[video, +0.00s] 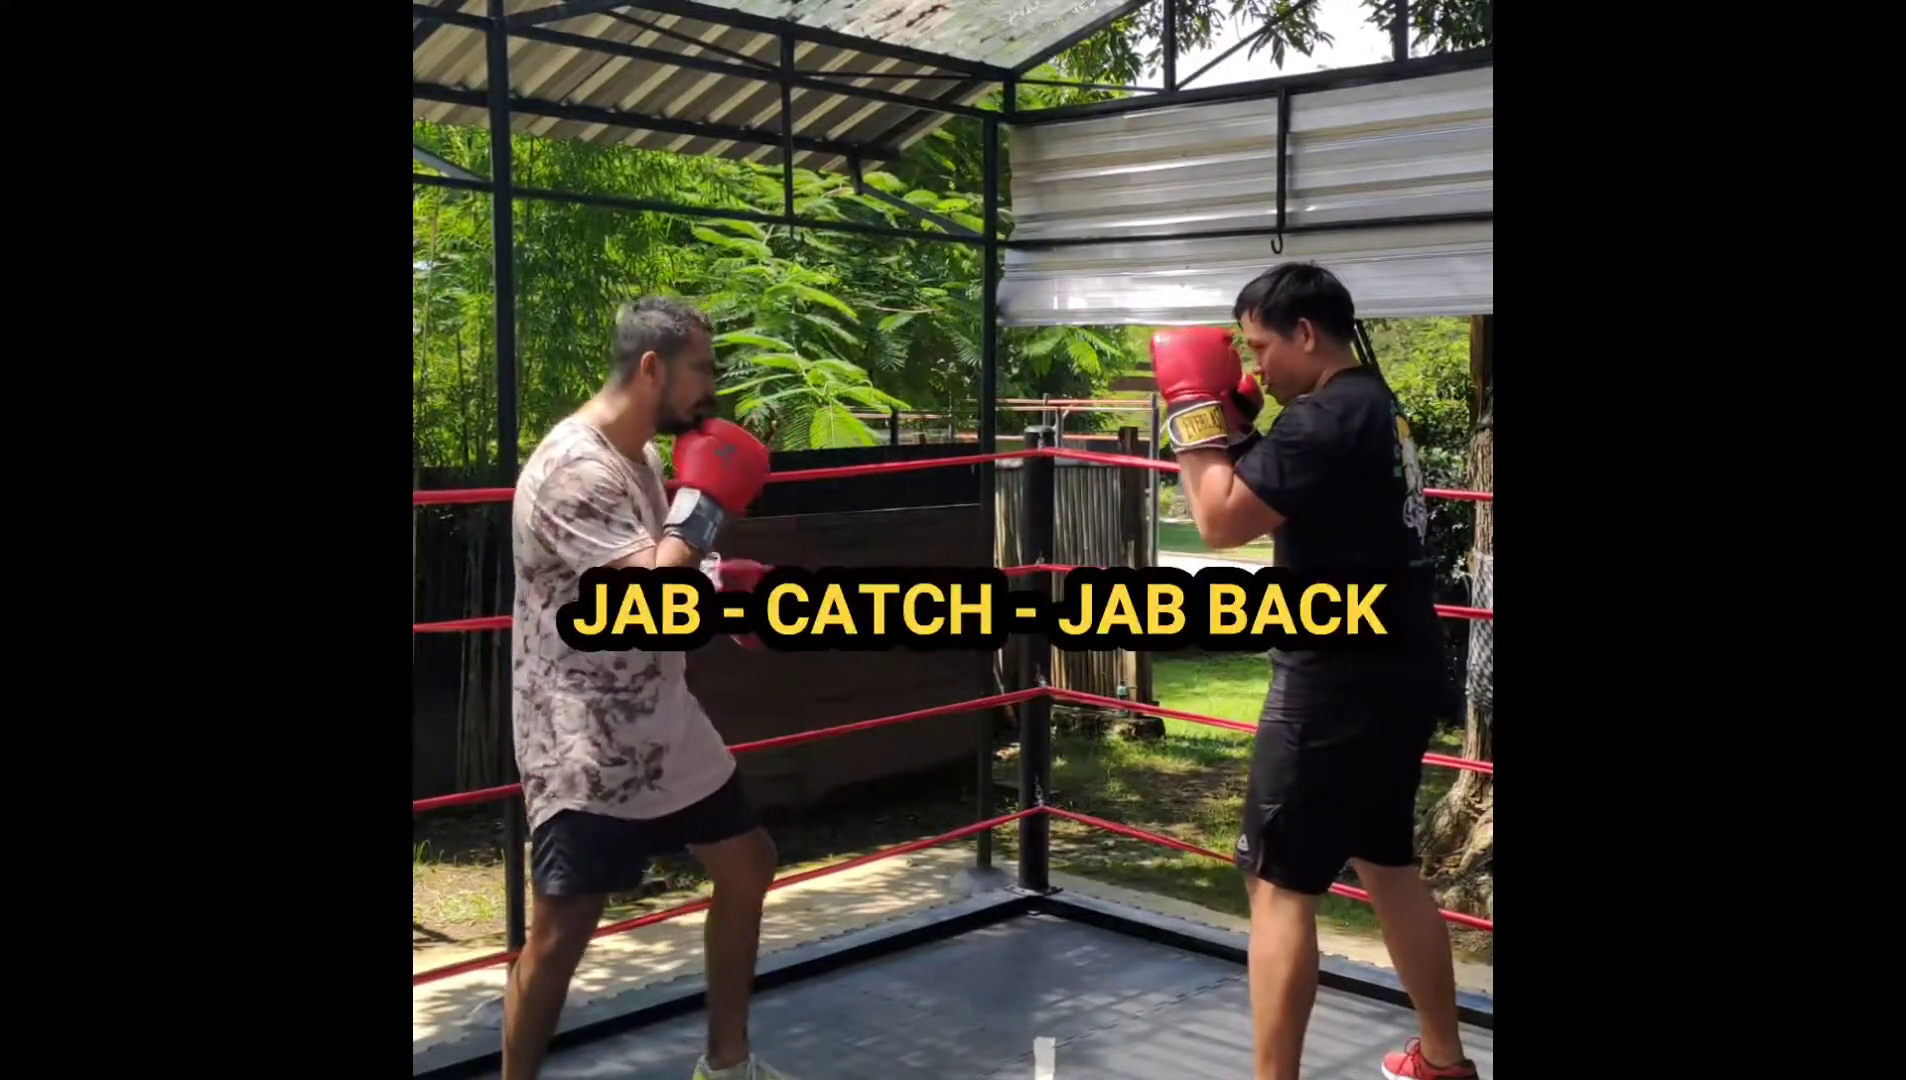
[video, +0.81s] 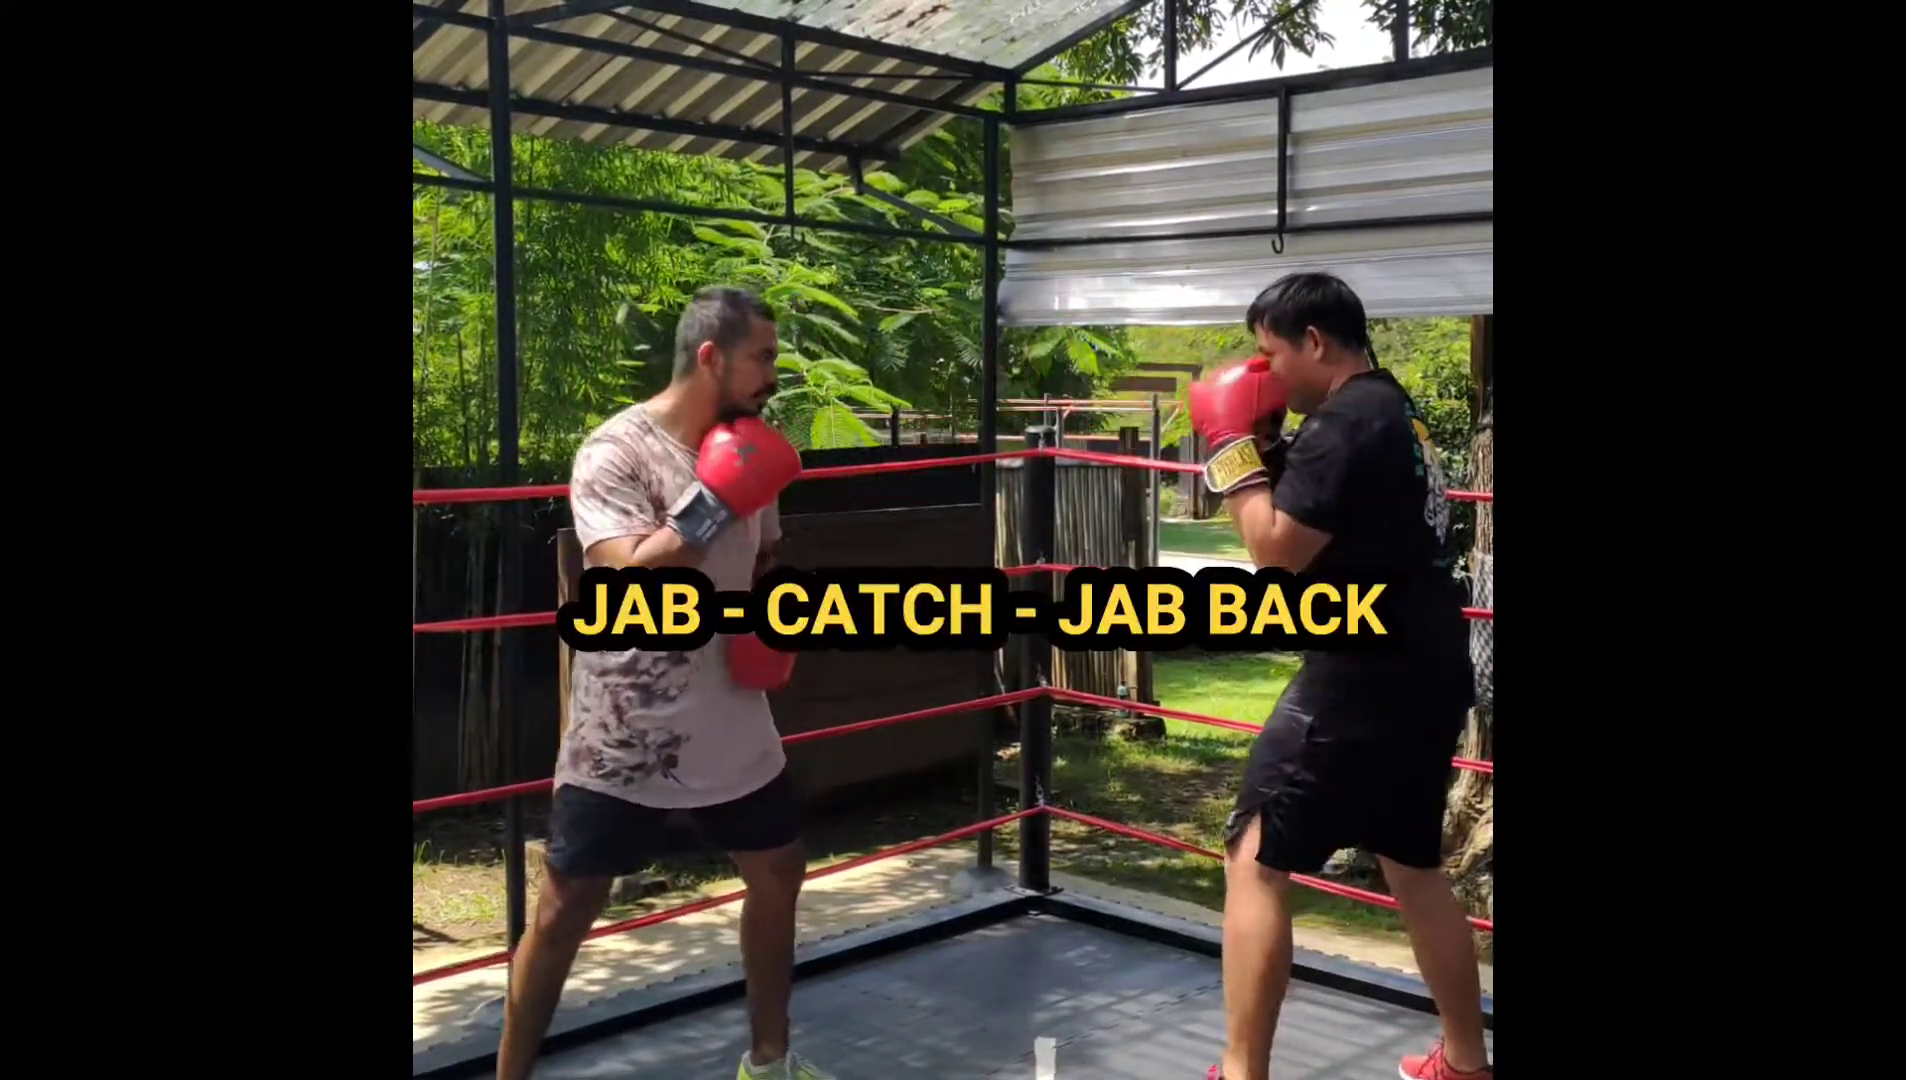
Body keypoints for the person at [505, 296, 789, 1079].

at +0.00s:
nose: (711, 387)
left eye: (712, 369)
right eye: (701, 368)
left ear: (650, 369)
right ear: (651, 366)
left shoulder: (643, 462)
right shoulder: (568, 468)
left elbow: (661, 575)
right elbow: (652, 588)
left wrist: (722, 599)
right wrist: (707, 500)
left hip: (665, 726)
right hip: (580, 742)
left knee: (746, 866)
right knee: (555, 938)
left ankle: (728, 1060)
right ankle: (516, 1077)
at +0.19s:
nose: (743, 381)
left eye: (745, 365)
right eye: (735, 364)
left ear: (688, 366)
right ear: (681, 362)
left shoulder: (697, 459)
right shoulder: (587, 461)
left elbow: (694, 561)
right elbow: (624, 585)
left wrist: (756, 555)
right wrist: (705, 511)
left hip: (702, 728)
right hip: (603, 743)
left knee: (767, 876)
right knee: (562, 933)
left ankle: (767, 1062)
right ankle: (517, 1076)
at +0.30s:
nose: (776, 367)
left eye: (778, 351)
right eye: (766, 350)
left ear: (721, 351)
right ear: (710, 346)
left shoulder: (746, 450)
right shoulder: (617, 441)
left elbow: (814, 513)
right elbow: (626, 551)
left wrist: (866, 487)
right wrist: (719, 486)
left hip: (735, 710)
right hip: (626, 720)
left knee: (775, 873)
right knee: (574, 912)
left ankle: (767, 1060)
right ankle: (521, 1074)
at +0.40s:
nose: (795, 367)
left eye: (798, 352)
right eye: (783, 350)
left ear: (760, 352)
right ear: (728, 346)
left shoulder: (790, 441)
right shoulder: (639, 437)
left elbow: (894, 467)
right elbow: (629, 547)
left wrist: (954, 419)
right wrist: (731, 486)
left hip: (749, 716)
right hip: (636, 722)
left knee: (788, 873)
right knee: (576, 907)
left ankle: (768, 1059)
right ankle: (525, 1074)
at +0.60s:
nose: (811, 375)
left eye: (813, 358)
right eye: (799, 357)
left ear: (762, 360)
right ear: (742, 354)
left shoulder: (797, 449)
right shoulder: (652, 443)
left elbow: (900, 512)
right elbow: (644, 563)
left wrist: (945, 476)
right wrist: (746, 496)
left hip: (761, 718)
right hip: (646, 719)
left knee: (800, 874)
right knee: (578, 902)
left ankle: (770, 1059)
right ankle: (524, 1073)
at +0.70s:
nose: (796, 374)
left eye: (797, 358)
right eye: (784, 357)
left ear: (746, 358)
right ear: (729, 354)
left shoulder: (778, 456)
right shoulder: (636, 447)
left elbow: (815, 558)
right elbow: (636, 566)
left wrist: (860, 549)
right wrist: (733, 501)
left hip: (751, 722)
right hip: (638, 724)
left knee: (790, 874)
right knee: (572, 905)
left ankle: (770, 1059)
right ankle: (511, 1073)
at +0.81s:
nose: (774, 375)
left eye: (775, 358)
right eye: (763, 358)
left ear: (719, 361)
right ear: (709, 356)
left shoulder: (751, 460)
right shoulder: (611, 452)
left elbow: (769, 576)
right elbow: (624, 576)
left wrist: (775, 641)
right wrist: (716, 496)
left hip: (732, 721)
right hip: (619, 731)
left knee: (779, 875)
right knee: (565, 909)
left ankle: (770, 1059)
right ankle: (509, 1074)